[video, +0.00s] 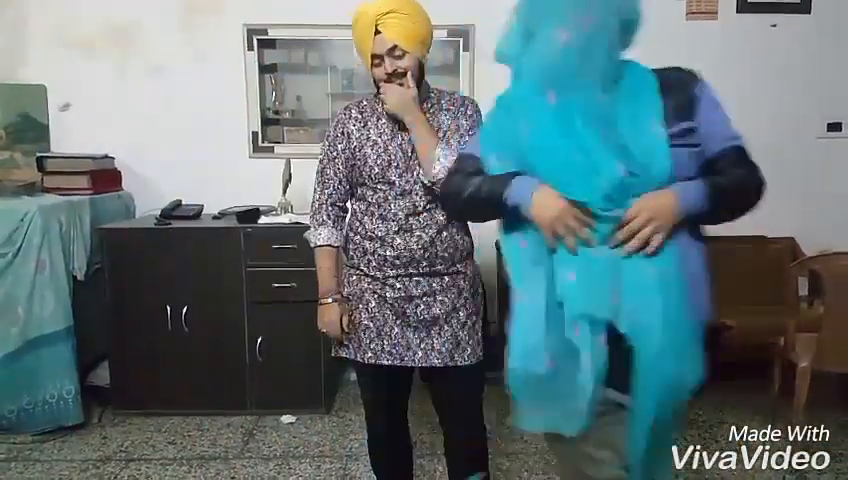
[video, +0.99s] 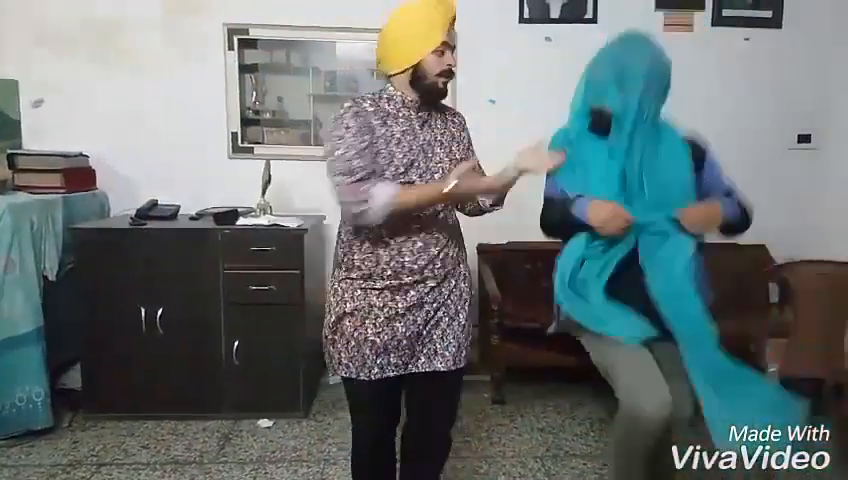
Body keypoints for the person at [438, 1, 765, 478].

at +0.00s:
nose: (564, 33)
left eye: (579, 16)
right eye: (551, 19)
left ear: (613, 19)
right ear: (533, 27)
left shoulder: (676, 92)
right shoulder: (520, 108)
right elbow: (456, 190)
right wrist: (527, 193)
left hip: (660, 352)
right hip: (558, 356)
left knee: (650, 465)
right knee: (586, 463)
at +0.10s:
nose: (606, 25)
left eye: (618, 12)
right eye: (592, 14)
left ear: (648, 13)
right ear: (571, 20)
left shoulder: (706, 84)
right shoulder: (551, 101)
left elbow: (765, 179)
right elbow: (487, 189)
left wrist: (713, 194)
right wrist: (560, 193)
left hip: (695, 332)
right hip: (592, 336)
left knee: (693, 462)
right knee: (616, 462)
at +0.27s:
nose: (665, 54)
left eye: (679, 36)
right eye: (652, 39)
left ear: (703, 35)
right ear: (630, 38)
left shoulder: (751, 109)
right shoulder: (606, 122)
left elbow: (808, 198)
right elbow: (573, 220)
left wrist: (781, 215)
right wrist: (642, 217)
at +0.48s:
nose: (705, 71)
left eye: (718, 54)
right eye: (690, 55)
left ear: (732, 54)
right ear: (657, 56)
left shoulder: (762, 132)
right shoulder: (627, 137)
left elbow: (789, 221)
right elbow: (598, 232)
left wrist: (815, 236)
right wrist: (684, 242)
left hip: (777, 342)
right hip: (684, 345)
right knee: (705, 460)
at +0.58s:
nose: (683, 54)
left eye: (696, 36)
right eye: (669, 37)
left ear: (717, 34)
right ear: (646, 36)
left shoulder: (753, 99)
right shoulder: (619, 107)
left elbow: (799, 177)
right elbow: (578, 196)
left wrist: (803, 193)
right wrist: (651, 216)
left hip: (758, 322)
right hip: (664, 329)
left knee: (770, 459)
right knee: (698, 461)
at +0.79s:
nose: (645, 66)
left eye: (658, 54)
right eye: (634, 54)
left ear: (684, 43)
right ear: (620, 44)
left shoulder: (720, 90)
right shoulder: (594, 105)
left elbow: (782, 155)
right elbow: (538, 171)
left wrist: (725, 176)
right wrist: (579, 199)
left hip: (715, 306)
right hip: (628, 311)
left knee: (716, 452)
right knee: (643, 454)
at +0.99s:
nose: (625, 105)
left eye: (638, 93)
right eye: (616, 92)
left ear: (656, 93)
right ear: (599, 86)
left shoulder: (681, 150)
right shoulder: (576, 146)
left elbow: (739, 210)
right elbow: (549, 215)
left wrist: (717, 214)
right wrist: (587, 212)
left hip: (667, 305)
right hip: (598, 303)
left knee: (683, 408)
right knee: (649, 404)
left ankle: (672, 470)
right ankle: (627, 472)